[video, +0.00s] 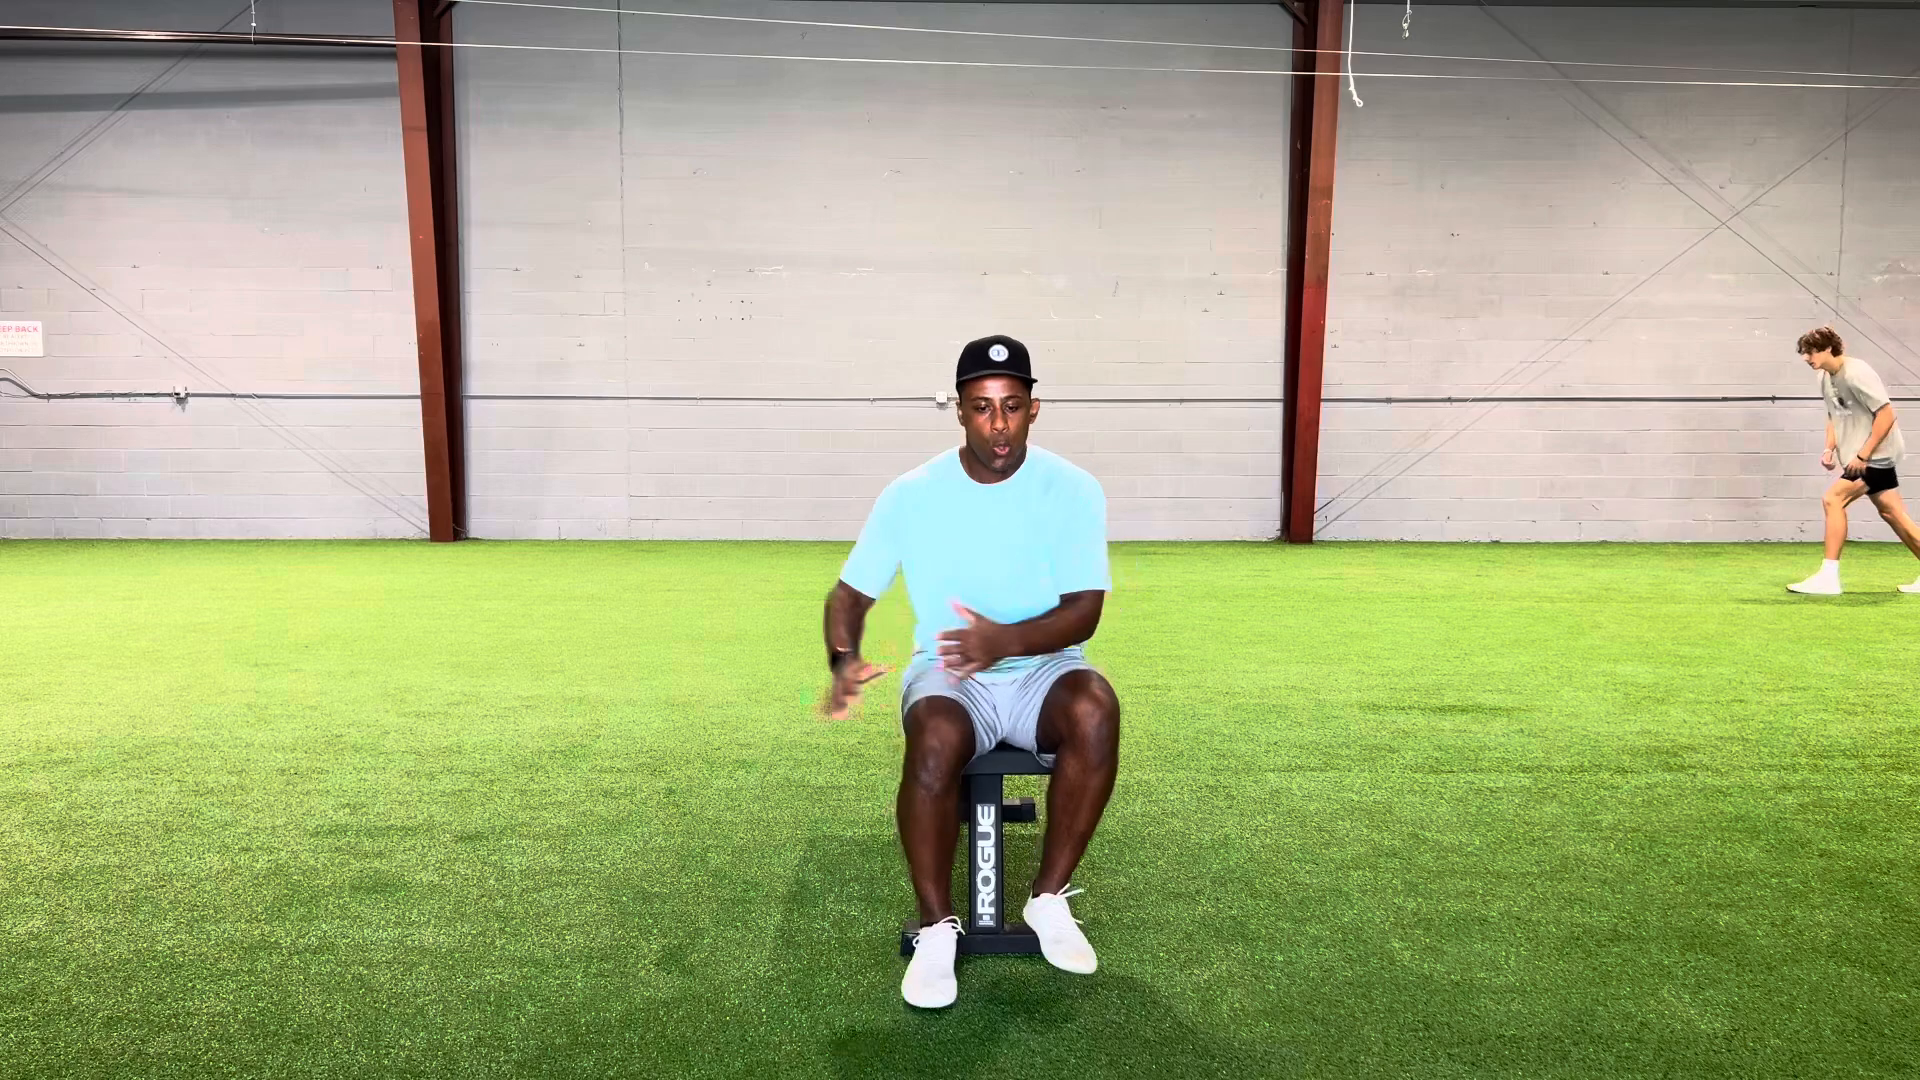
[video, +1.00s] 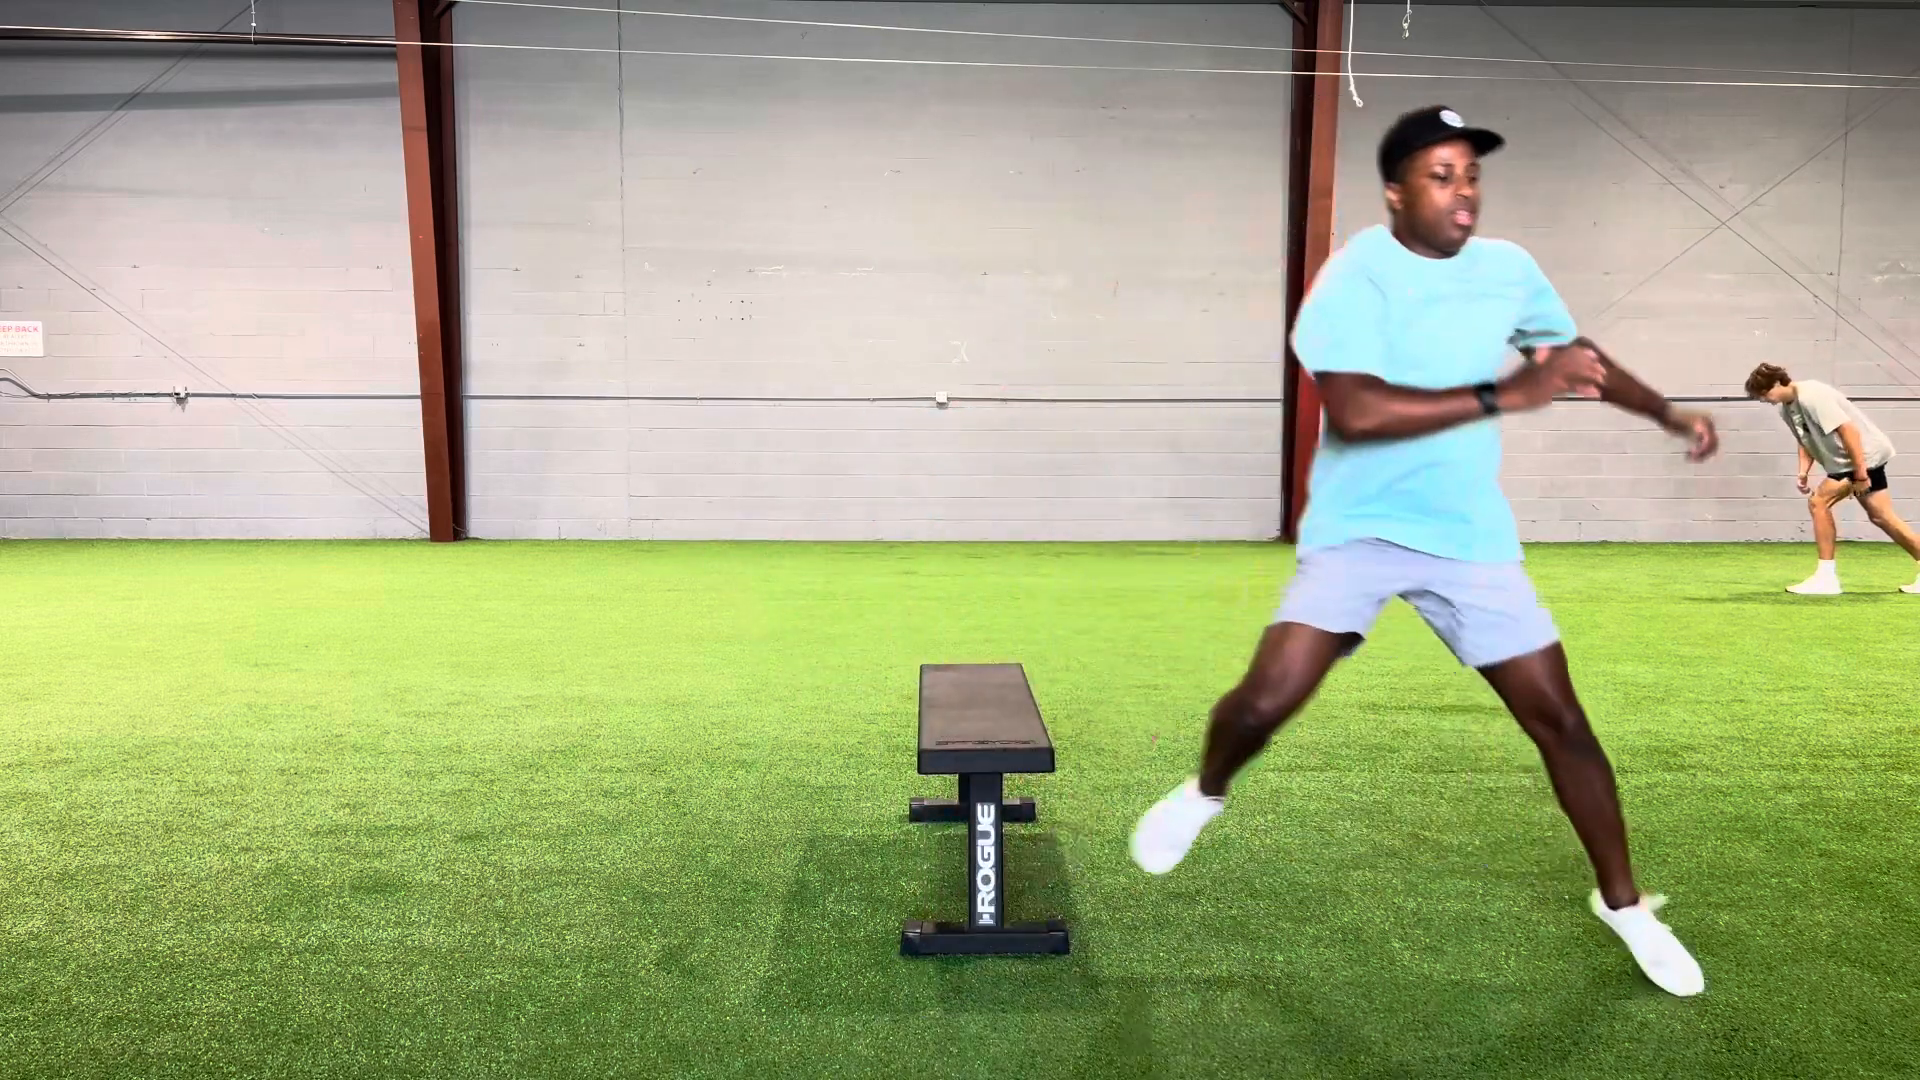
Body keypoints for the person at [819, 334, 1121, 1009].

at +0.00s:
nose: (998, 426)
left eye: (1012, 408)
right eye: (982, 409)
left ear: (1033, 410)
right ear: (959, 412)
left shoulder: (1074, 492)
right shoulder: (909, 497)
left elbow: (1084, 614)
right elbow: (848, 596)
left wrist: (1009, 639)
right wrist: (844, 656)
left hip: (1042, 673)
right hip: (946, 675)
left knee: (1095, 707)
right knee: (935, 741)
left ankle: (1050, 896)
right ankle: (935, 926)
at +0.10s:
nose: (999, 434)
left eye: (1013, 417)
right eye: (983, 418)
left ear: (1036, 419)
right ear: (960, 419)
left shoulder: (1067, 497)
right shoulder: (907, 486)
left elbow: (1037, 624)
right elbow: (800, 532)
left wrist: (919, 608)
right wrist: (752, 605)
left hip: (1047, 671)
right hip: (951, 668)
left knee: (1110, 715)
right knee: (945, 749)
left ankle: (1058, 893)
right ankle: (945, 935)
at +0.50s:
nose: (1071, 365)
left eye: (1085, 346)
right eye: (1050, 347)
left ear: (1104, 356)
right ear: (1021, 359)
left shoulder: (1134, 451)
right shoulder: (962, 440)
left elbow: (1087, 593)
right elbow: (871, 518)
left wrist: (954, 627)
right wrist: (819, 631)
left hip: (1083, 641)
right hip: (982, 637)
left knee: (1127, 773)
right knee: (976, 778)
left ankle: (1022, 909)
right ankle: (948, 944)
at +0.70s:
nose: (1166, 281)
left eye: (1178, 266)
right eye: (1146, 269)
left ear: (1196, 274)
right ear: (1109, 284)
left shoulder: (1250, 348)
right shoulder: (1074, 357)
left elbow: (1371, 378)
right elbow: (1041, 434)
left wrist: (1406, 351)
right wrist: (1164, 373)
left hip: (1189, 599)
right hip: (1070, 606)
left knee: (1311, 682)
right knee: (1008, 762)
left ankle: (1228, 851)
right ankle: (950, 942)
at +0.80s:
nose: (1273, 206)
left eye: (1284, 191)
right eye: (1251, 193)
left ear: (1299, 203)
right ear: (1208, 211)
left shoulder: (1339, 272)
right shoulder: (1172, 271)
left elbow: (1456, 271)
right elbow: (1142, 323)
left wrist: (1520, 234)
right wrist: (1285, 269)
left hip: (1283, 547)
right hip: (1163, 556)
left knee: (1432, 657)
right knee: (1071, 727)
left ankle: (1340, 807)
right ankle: (980, 915)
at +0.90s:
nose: (1365, 169)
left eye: (1373, 154)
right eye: (1343, 155)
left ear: (1383, 167)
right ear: (1298, 171)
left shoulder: (1419, 247)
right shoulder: (1258, 250)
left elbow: (1534, 284)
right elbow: (1248, 342)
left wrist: (1648, 288)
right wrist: (1393, 308)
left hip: (1382, 520)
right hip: (1262, 519)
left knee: (1512, 673)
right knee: (1164, 688)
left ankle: (1491, 835)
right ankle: (1064, 842)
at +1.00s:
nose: (1466, 194)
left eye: (1472, 178)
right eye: (1445, 178)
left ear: (1478, 187)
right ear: (1395, 191)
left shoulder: (1508, 272)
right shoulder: (1351, 279)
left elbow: (1580, 363)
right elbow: (1353, 414)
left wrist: (1668, 412)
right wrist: (1503, 395)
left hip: (1472, 540)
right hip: (1354, 533)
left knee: (1560, 717)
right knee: (1265, 702)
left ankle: (1624, 901)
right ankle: (1204, 794)